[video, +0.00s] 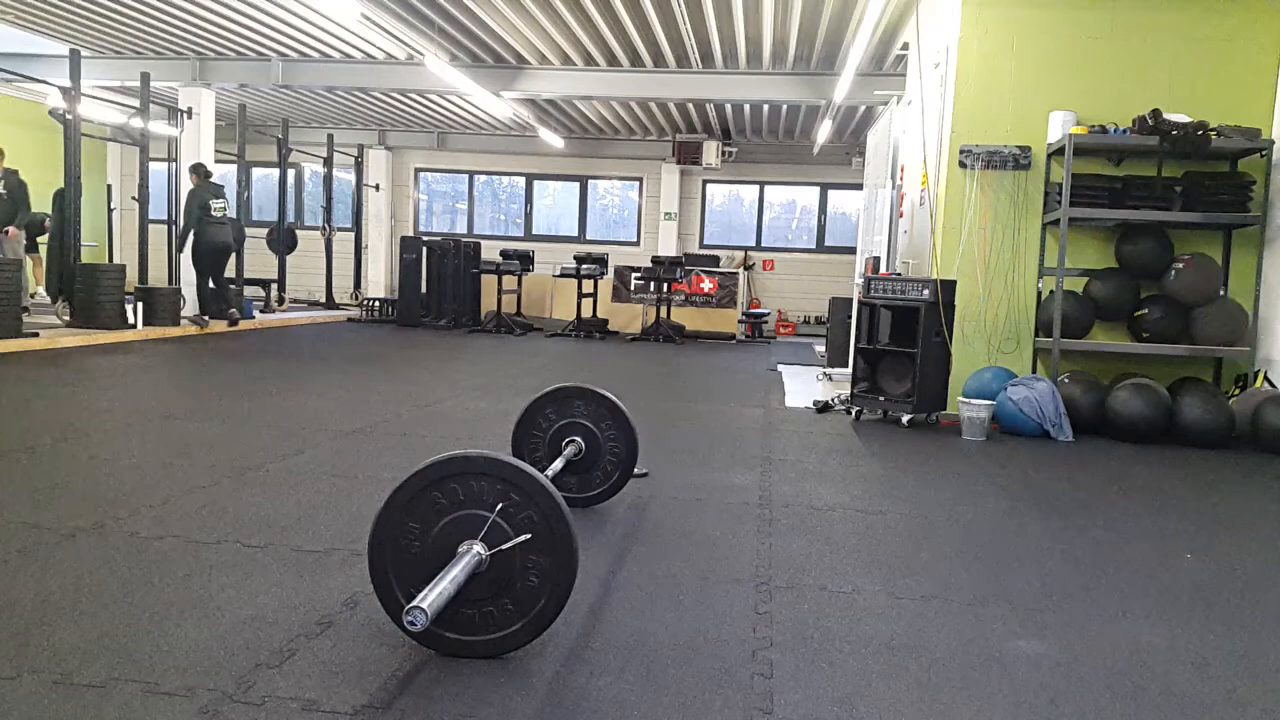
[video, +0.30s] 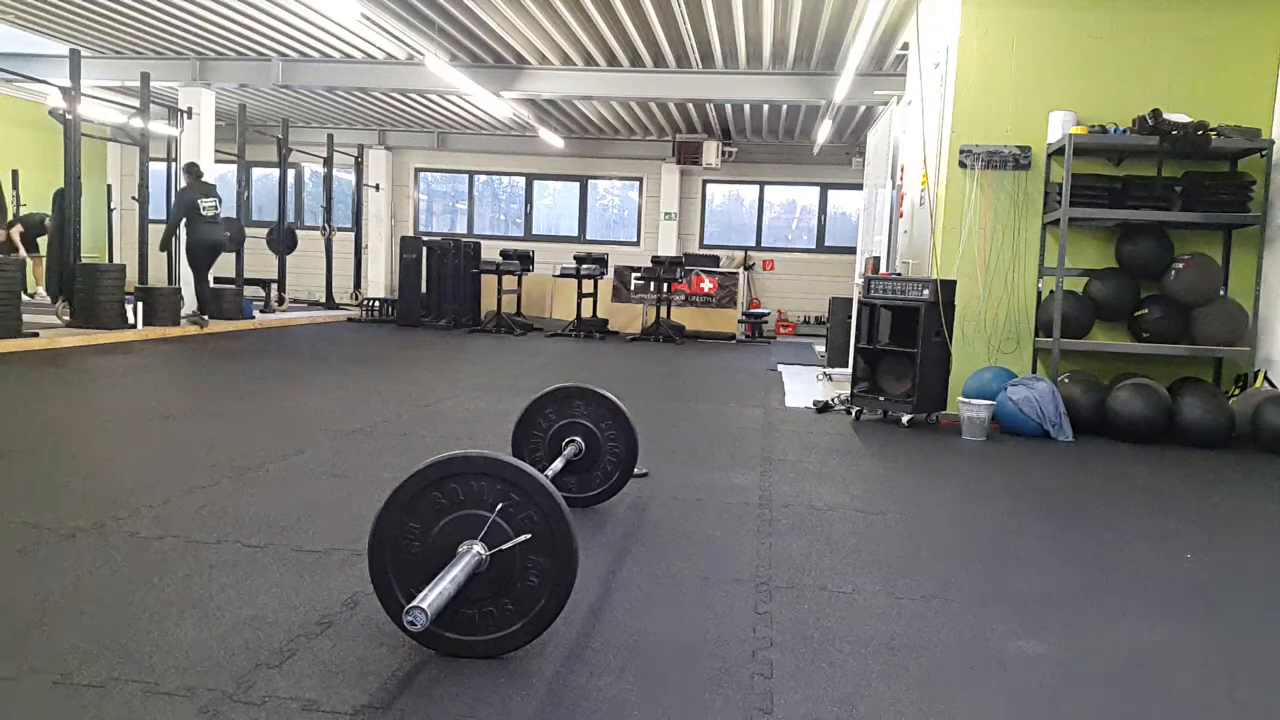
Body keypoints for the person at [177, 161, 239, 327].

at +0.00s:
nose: (190, 179)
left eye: (191, 176)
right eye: (191, 176)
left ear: (195, 176)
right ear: (205, 175)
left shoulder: (195, 192)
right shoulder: (219, 191)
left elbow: (189, 222)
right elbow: (222, 215)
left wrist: (180, 243)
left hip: (206, 238)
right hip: (226, 238)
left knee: (202, 278)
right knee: (218, 276)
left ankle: (204, 315)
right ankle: (231, 308)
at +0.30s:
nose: (183, 178)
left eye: (184, 175)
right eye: (184, 175)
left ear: (187, 175)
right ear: (199, 173)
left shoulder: (185, 193)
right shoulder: (212, 190)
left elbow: (174, 221)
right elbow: (217, 211)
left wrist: (164, 243)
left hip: (197, 240)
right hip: (217, 240)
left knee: (200, 278)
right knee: (202, 275)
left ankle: (205, 315)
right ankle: (200, 310)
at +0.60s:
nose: (180, 176)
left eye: (181, 173)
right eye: (181, 173)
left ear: (184, 174)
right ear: (196, 173)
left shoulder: (179, 192)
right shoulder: (206, 191)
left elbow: (173, 219)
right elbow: (208, 214)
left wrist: (169, 239)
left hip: (186, 237)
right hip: (205, 237)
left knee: (186, 273)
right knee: (192, 273)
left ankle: (198, 309)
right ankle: (192, 309)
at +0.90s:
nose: (171, 176)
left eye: (173, 173)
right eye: (171, 173)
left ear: (180, 173)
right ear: (186, 173)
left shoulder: (180, 190)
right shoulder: (196, 188)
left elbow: (174, 216)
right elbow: (198, 215)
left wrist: (164, 236)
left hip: (182, 235)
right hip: (198, 235)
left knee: (166, 270)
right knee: (187, 272)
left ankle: (172, 308)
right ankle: (191, 311)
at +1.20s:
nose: (159, 176)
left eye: (162, 173)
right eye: (160, 173)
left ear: (171, 174)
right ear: (172, 174)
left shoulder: (173, 191)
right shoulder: (182, 189)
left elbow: (170, 222)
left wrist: (161, 244)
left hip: (174, 237)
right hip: (185, 237)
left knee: (162, 272)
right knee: (183, 273)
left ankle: (162, 309)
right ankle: (190, 310)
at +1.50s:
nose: (148, 174)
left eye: (152, 171)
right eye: (149, 171)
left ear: (161, 173)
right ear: (160, 174)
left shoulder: (164, 191)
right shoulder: (163, 189)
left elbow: (162, 221)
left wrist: (151, 246)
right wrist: (146, 241)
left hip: (161, 238)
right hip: (166, 237)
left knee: (155, 277)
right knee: (168, 276)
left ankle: (157, 310)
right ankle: (185, 308)